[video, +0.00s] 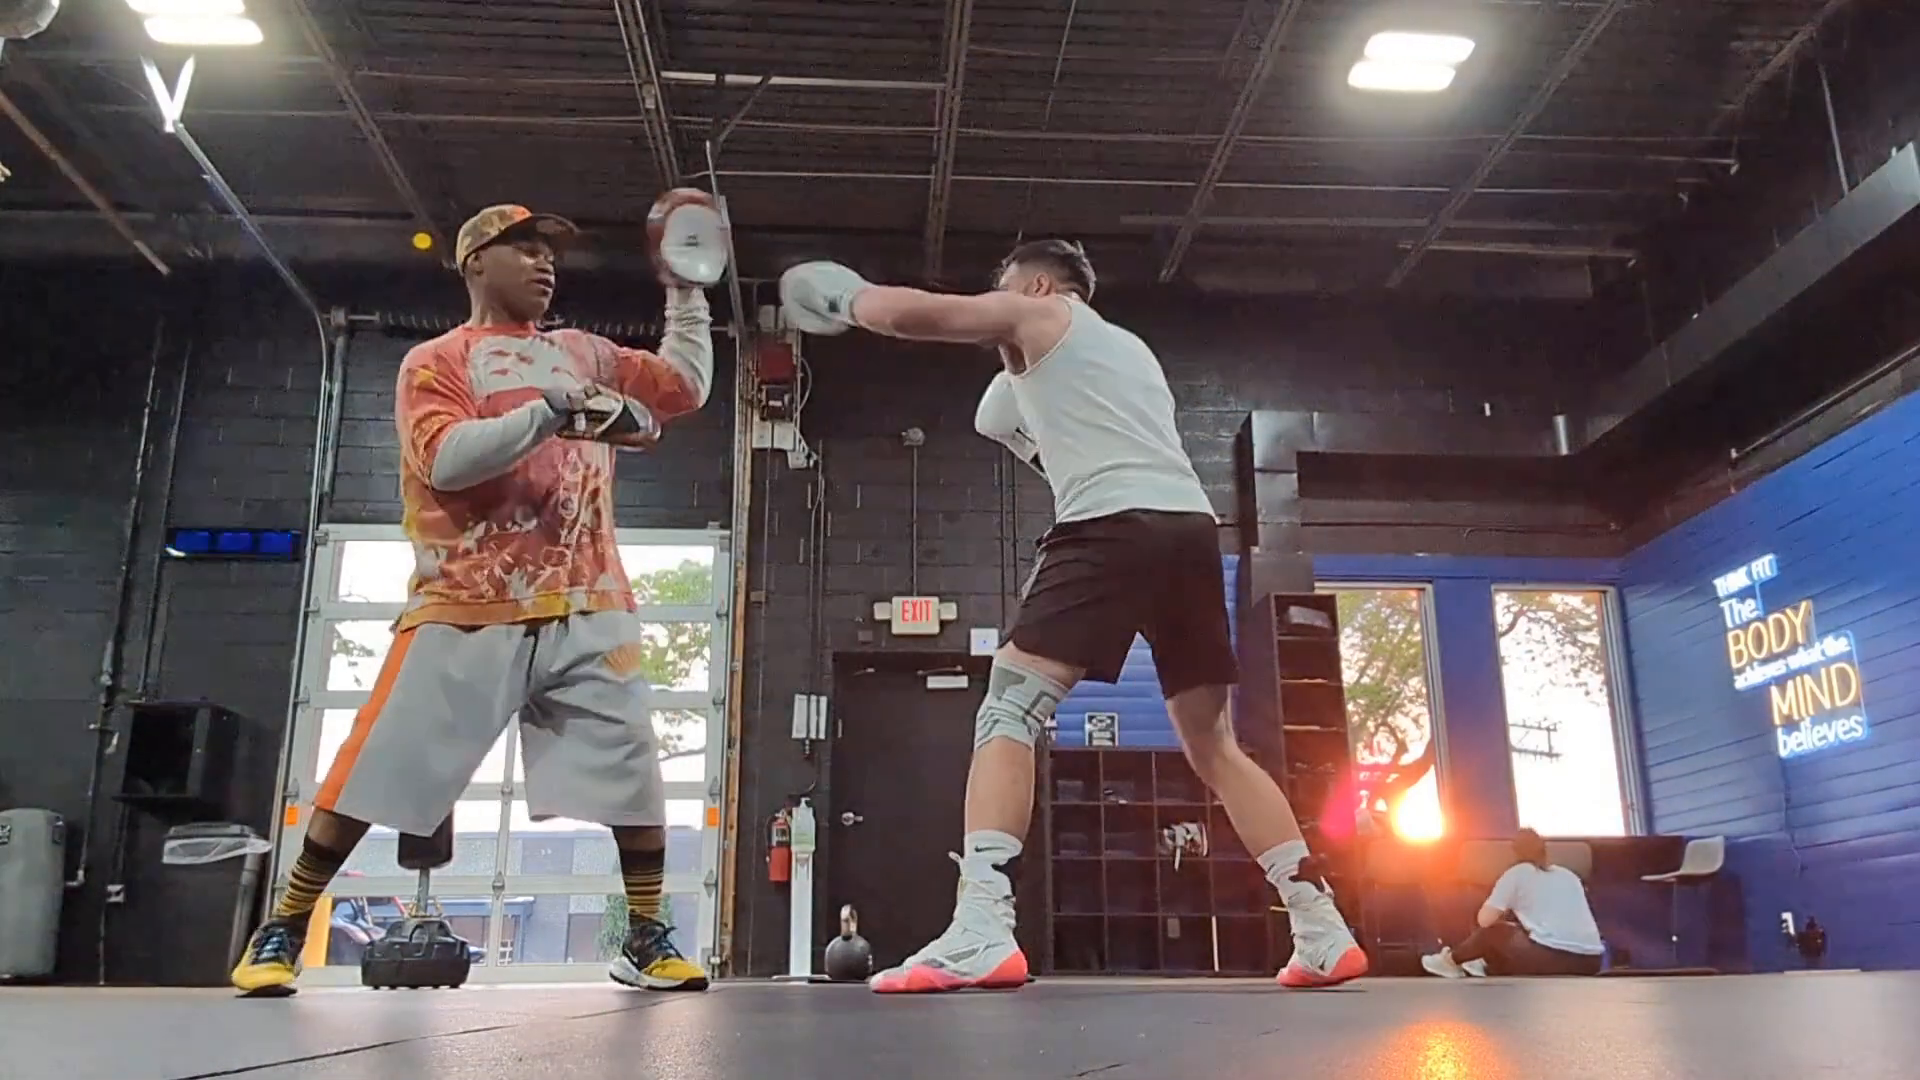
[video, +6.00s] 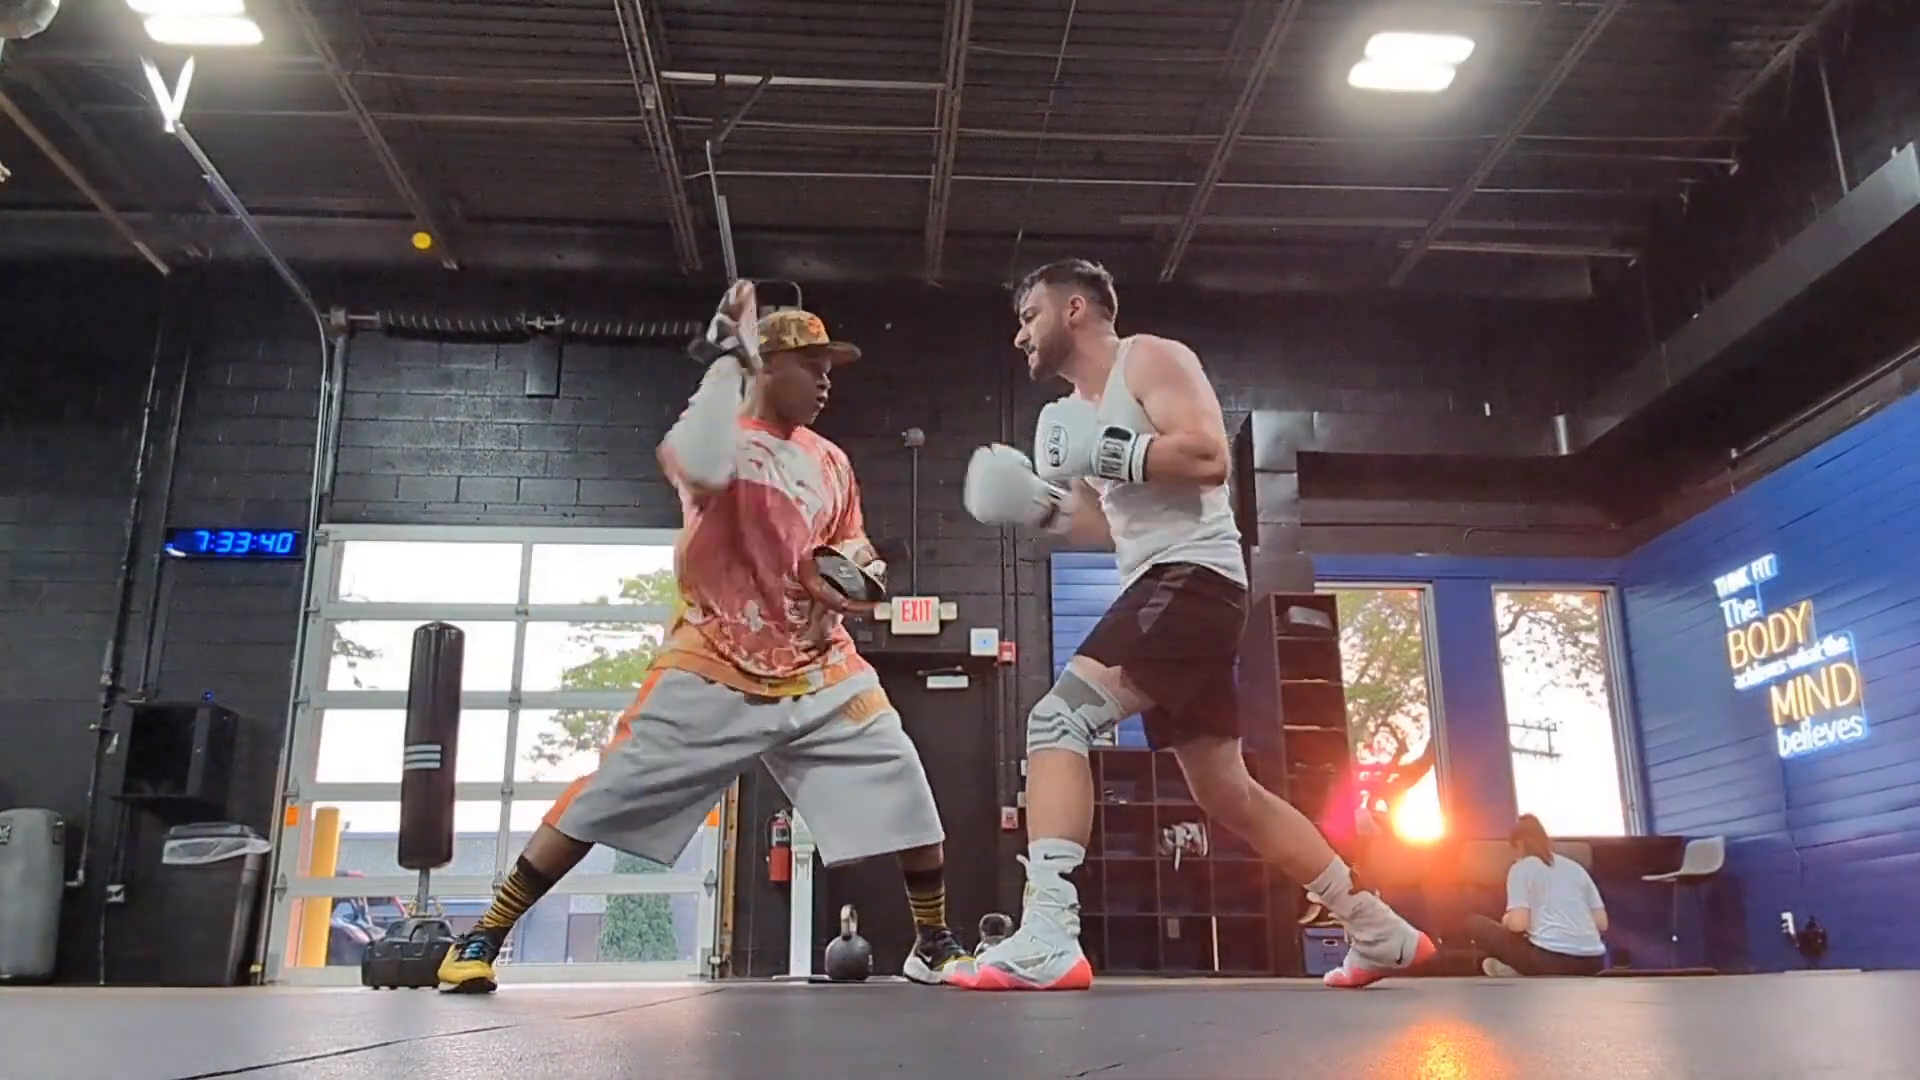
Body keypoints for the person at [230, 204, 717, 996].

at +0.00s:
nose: (546, 260)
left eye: (550, 249)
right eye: (526, 245)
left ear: (551, 270)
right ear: (476, 263)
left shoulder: (581, 352)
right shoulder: (435, 363)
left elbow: (682, 384)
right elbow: (445, 461)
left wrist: (687, 281)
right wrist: (552, 410)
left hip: (587, 598)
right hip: (468, 599)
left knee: (634, 758)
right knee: (380, 752)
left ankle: (647, 936)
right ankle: (287, 924)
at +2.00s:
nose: (851, 290)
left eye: (859, 284)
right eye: (834, 275)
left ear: (860, 308)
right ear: (789, 291)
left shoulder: (891, 400)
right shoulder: (731, 376)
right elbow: (665, 480)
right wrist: (753, 449)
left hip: (844, 606)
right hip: (734, 592)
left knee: (898, 768)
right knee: (646, 734)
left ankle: (922, 937)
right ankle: (530, 906)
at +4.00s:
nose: (925, 350)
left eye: (927, 341)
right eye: (913, 334)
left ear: (901, 350)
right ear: (866, 335)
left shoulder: (894, 442)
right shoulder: (832, 383)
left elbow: (920, 555)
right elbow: (879, 463)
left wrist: (1011, 562)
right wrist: (979, 467)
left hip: (863, 622)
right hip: (785, 598)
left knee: (915, 747)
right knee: (701, 745)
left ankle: (905, 937)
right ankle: (548, 892)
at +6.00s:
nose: (827, 382)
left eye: (829, 370)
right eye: (815, 366)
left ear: (809, 374)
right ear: (767, 366)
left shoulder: (831, 463)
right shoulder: (711, 435)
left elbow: (857, 553)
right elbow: (699, 463)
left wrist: (855, 582)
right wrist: (734, 354)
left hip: (821, 655)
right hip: (715, 650)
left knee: (904, 775)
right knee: (617, 784)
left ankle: (934, 942)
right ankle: (487, 936)